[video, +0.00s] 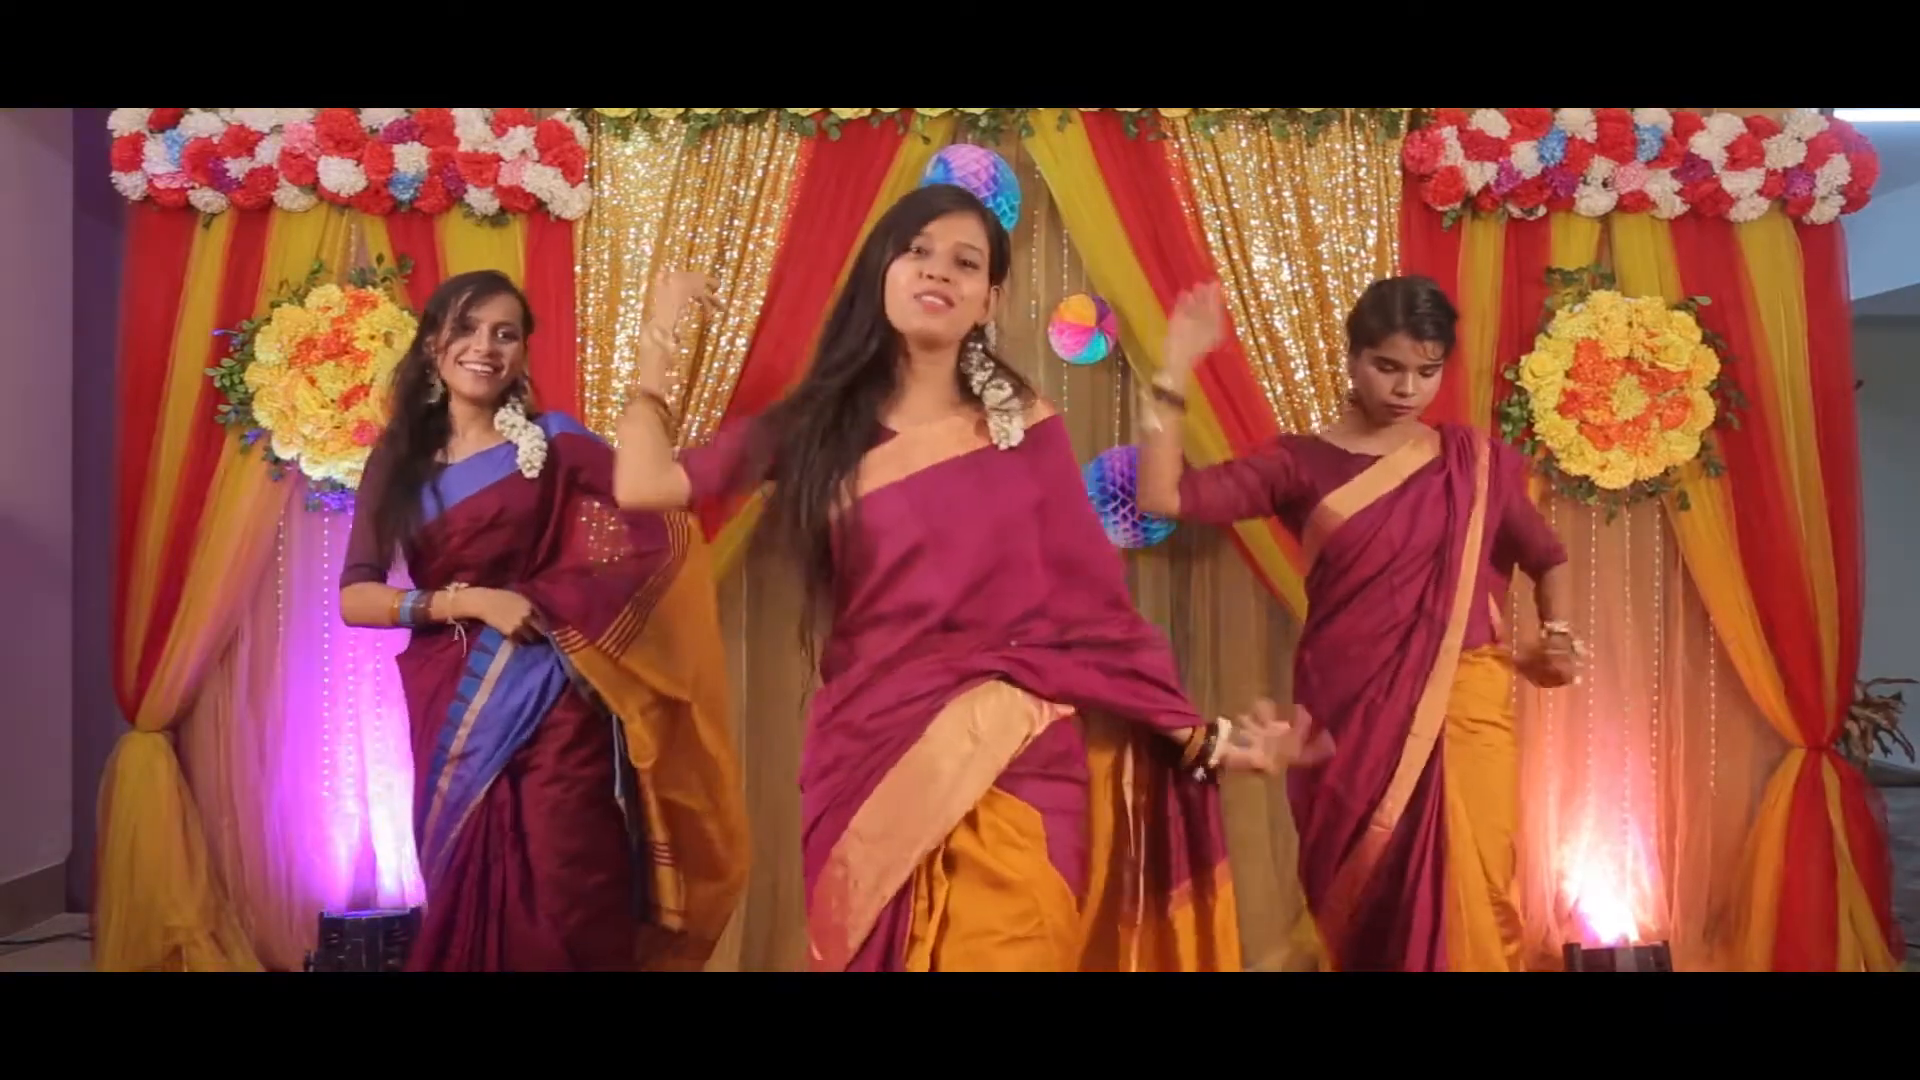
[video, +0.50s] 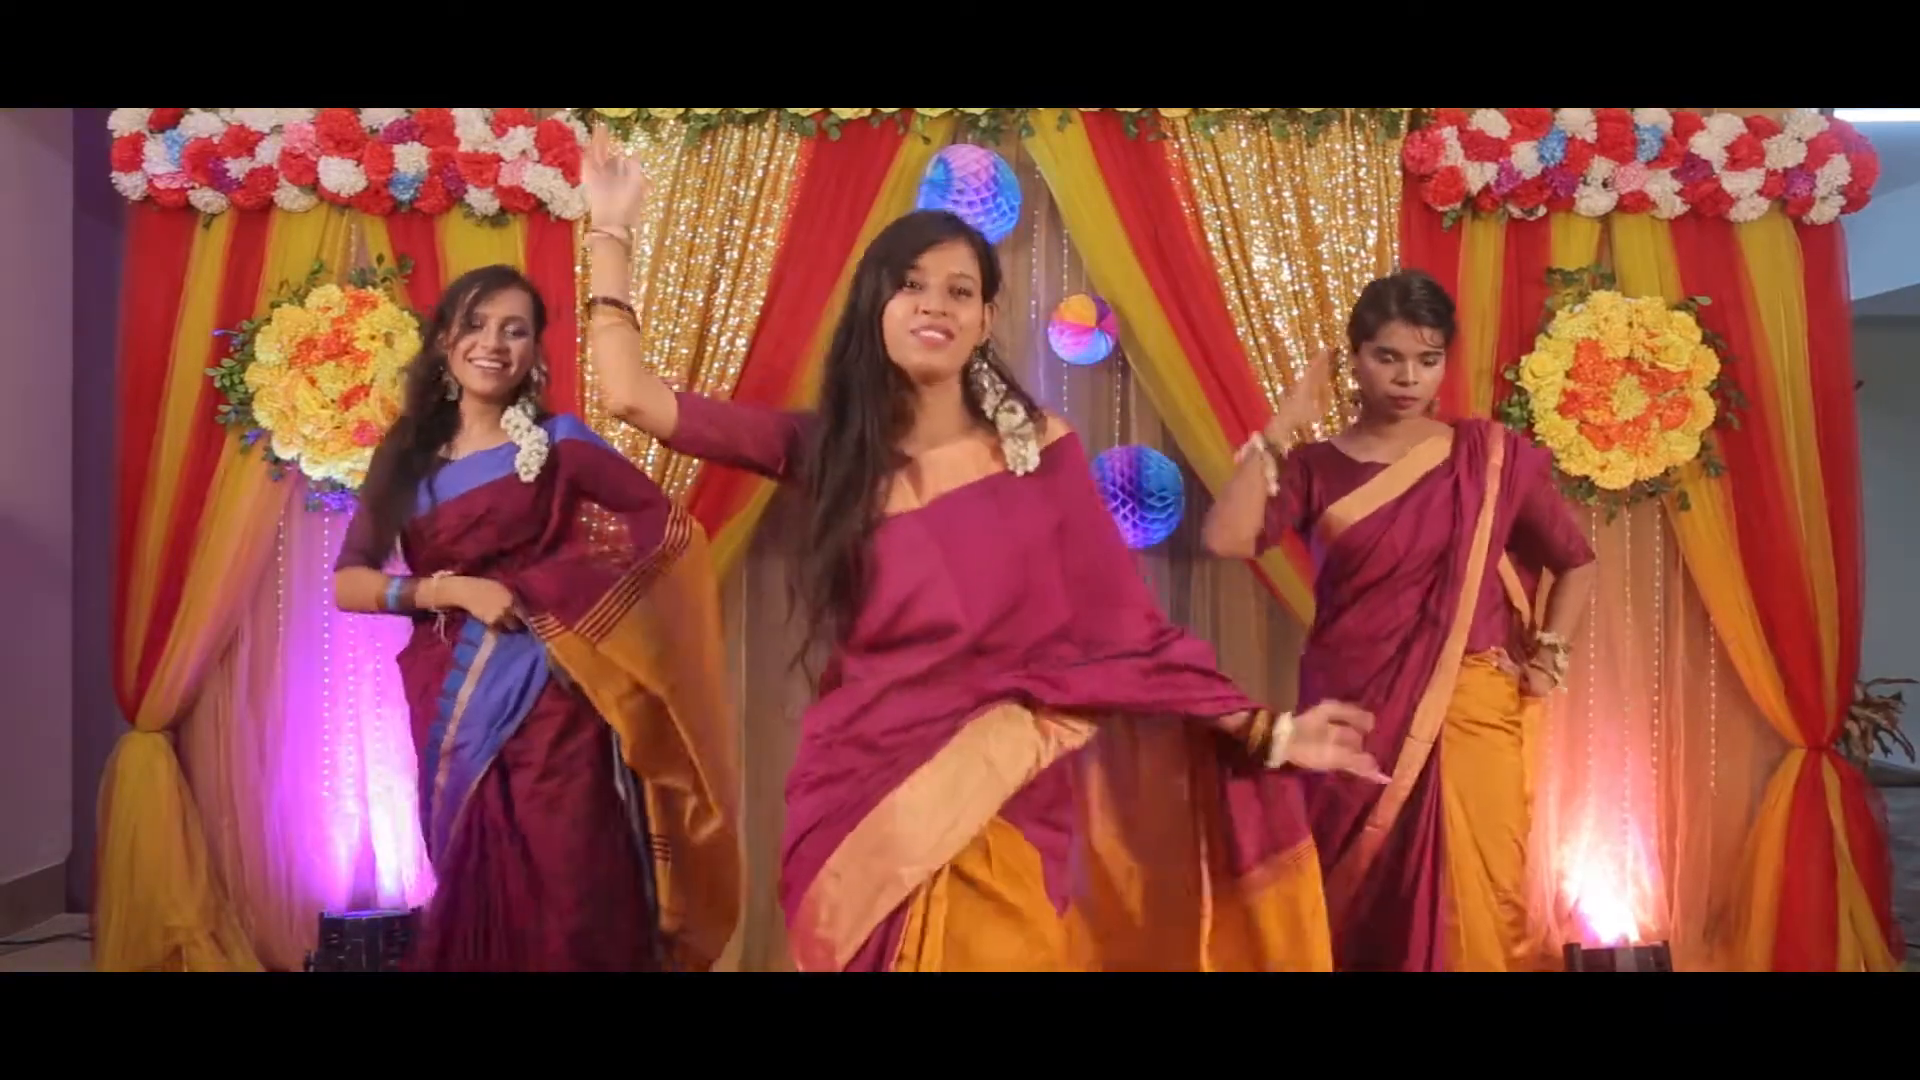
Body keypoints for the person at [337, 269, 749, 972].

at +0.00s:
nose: (486, 347)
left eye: (506, 334)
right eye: (466, 330)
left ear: (524, 355)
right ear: (433, 347)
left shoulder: (554, 441)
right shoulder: (399, 462)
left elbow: (662, 527)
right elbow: (357, 599)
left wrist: (551, 602)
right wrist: (461, 599)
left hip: (555, 691)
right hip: (452, 701)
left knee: (564, 897)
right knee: (469, 898)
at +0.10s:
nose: (479, 364)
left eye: (498, 350)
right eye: (461, 348)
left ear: (521, 371)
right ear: (430, 368)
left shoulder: (558, 451)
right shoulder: (410, 487)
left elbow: (661, 546)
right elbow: (376, 626)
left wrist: (566, 626)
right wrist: (473, 618)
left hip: (550, 715)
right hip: (447, 727)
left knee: (570, 922)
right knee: (461, 923)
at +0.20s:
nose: (477, 376)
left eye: (497, 363)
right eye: (459, 359)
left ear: (519, 382)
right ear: (429, 379)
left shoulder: (558, 458)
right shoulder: (416, 492)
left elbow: (669, 547)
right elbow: (382, 638)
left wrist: (572, 652)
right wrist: (476, 631)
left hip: (537, 735)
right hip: (435, 740)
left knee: (533, 933)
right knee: (435, 931)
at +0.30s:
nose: (482, 357)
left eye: (502, 344)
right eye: (464, 341)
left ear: (524, 367)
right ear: (433, 361)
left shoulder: (557, 446)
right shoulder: (411, 479)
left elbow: (673, 539)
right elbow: (377, 615)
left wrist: (596, 634)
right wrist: (466, 613)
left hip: (541, 715)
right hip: (441, 721)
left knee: (524, 920)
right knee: (441, 916)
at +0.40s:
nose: (492, 340)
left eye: (513, 326)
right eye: (473, 322)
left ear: (534, 348)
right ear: (443, 341)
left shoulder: (558, 438)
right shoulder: (411, 459)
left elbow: (670, 528)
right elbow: (358, 584)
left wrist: (570, 603)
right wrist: (449, 590)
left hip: (551, 697)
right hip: (451, 705)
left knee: (548, 909)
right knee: (459, 902)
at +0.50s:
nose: (494, 342)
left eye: (514, 329)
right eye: (476, 325)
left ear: (535, 351)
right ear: (445, 341)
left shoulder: (559, 441)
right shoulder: (408, 453)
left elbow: (671, 526)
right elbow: (349, 583)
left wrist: (565, 591)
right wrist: (448, 589)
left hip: (555, 692)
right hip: (451, 701)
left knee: (571, 898)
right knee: (478, 898)